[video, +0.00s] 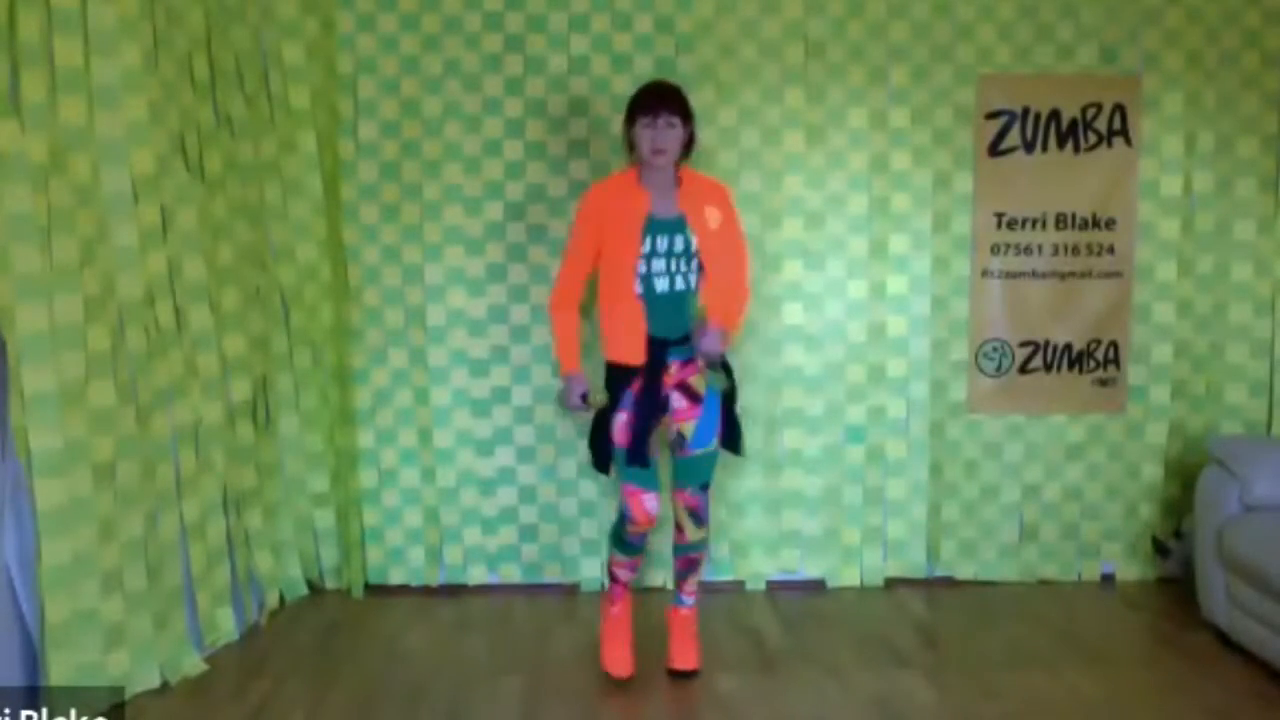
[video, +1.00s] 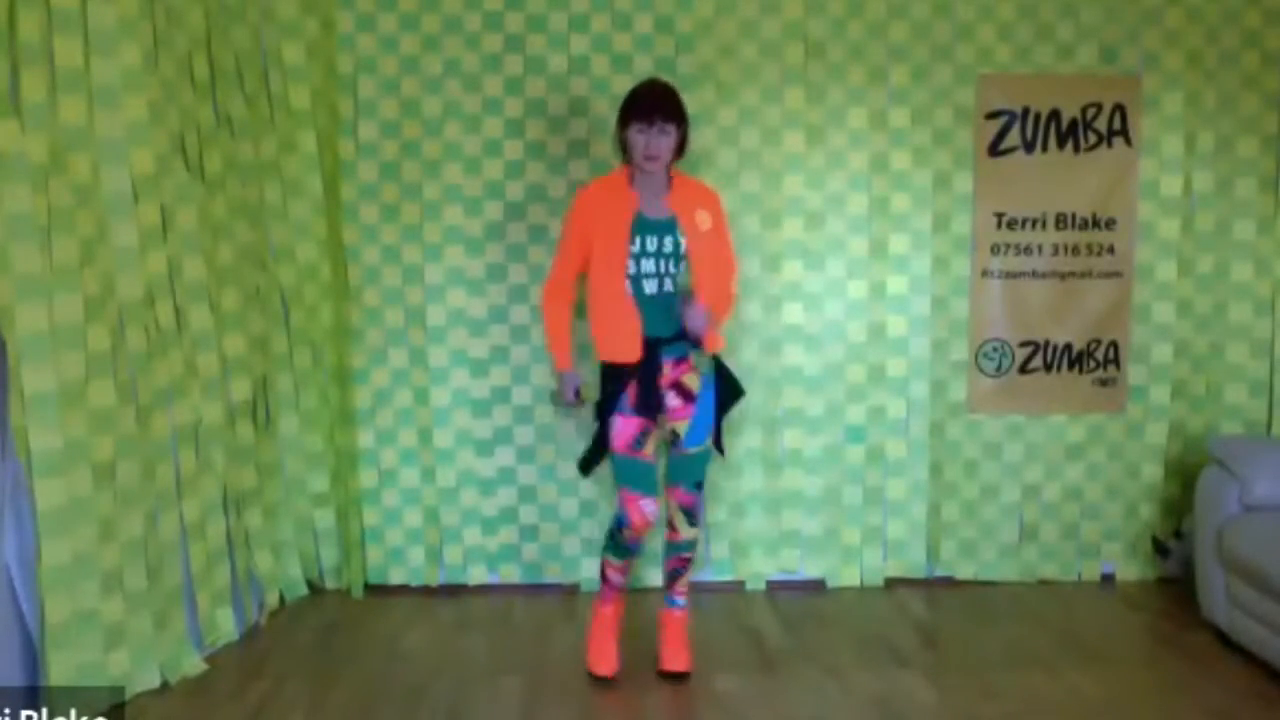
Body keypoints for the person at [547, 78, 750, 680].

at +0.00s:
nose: (659, 135)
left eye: (671, 125)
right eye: (648, 124)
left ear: (687, 136)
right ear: (630, 134)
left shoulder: (710, 197)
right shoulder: (602, 202)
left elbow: (734, 275)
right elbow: (566, 292)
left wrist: (721, 327)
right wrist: (571, 367)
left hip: (698, 365)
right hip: (631, 369)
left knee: (693, 503)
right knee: (639, 509)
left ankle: (685, 616)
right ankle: (617, 609)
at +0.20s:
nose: (656, 144)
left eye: (668, 134)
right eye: (646, 132)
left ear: (684, 144)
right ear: (627, 140)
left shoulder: (694, 211)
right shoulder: (599, 203)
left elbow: (715, 290)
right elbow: (562, 293)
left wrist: (709, 315)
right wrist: (559, 381)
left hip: (684, 369)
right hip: (625, 370)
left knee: (690, 510)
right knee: (644, 514)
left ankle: (672, 616)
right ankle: (619, 621)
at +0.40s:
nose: (642, 148)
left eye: (654, 137)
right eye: (631, 136)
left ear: (671, 146)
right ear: (615, 144)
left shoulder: (696, 205)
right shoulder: (588, 209)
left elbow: (723, 285)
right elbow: (560, 295)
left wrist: (725, 358)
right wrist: (564, 374)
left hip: (680, 370)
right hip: (610, 372)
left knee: (689, 506)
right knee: (619, 507)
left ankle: (680, 607)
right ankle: (614, 620)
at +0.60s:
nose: (642, 143)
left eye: (654, 132)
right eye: (631, 131)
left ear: (671, 140)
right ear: (615, 140)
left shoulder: (697, 200)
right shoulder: (595, 205)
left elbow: (728, 278)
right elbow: (573, 281)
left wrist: (727, 354)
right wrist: (583, 322)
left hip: (671, 368)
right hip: (608, 367)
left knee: (657, 506)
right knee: (620, 505)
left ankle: (673, 615)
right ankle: (623, 622)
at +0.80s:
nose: (650, 151)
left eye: (662, 139)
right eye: (639, 139)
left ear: (679, 146)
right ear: (623, 146)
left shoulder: (706, 205)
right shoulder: (601, 207)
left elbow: (735, 293)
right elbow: (572, 285)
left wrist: (730, 372)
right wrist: (578, 346)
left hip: (686, 371)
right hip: (619, 370)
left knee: (677, 508)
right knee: (607, 502)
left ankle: (678, 620)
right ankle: (617, 616)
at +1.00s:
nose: (652, 142)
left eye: (664, 131)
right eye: (641, 130)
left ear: (680, 139)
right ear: (623, 136)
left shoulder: (701, 201)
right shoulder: (594, 202)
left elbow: (723, 277)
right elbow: (560, 285)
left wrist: (704, 312)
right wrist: (564, 363)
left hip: (692, 364)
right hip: (626, 369)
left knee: (686, 505)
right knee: (636, 510)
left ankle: (676, 620)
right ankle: (607, 613)